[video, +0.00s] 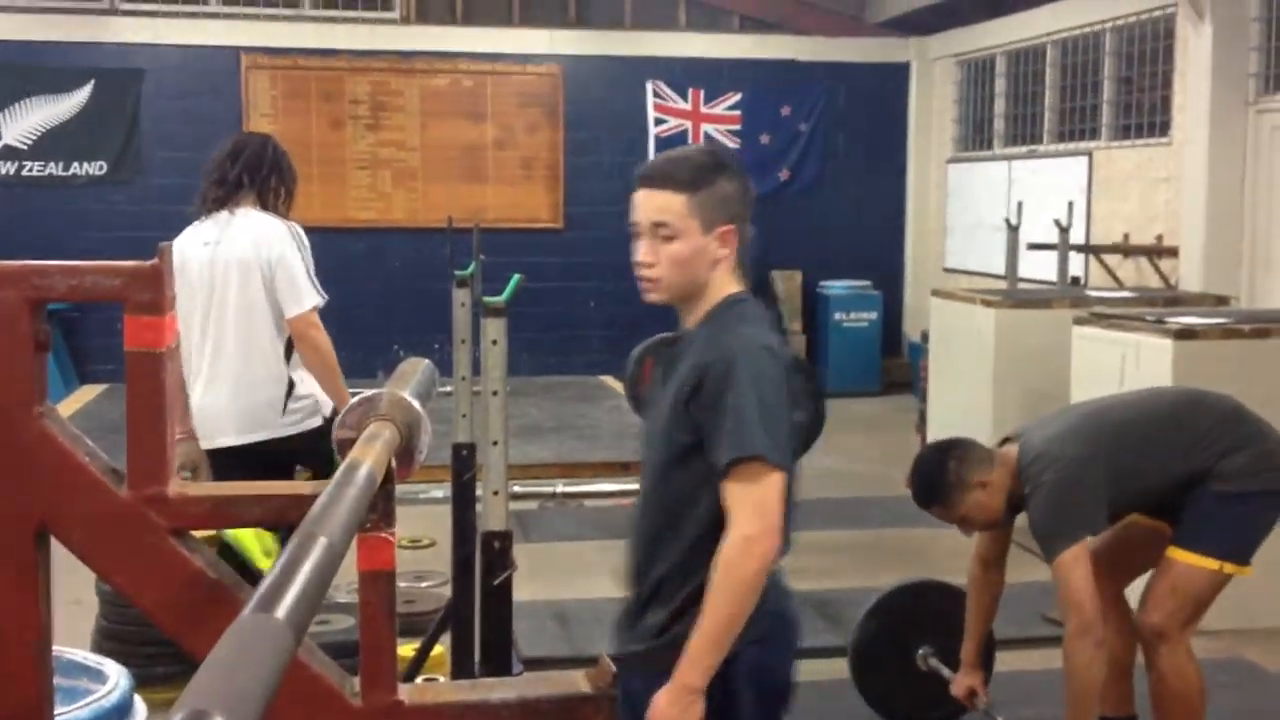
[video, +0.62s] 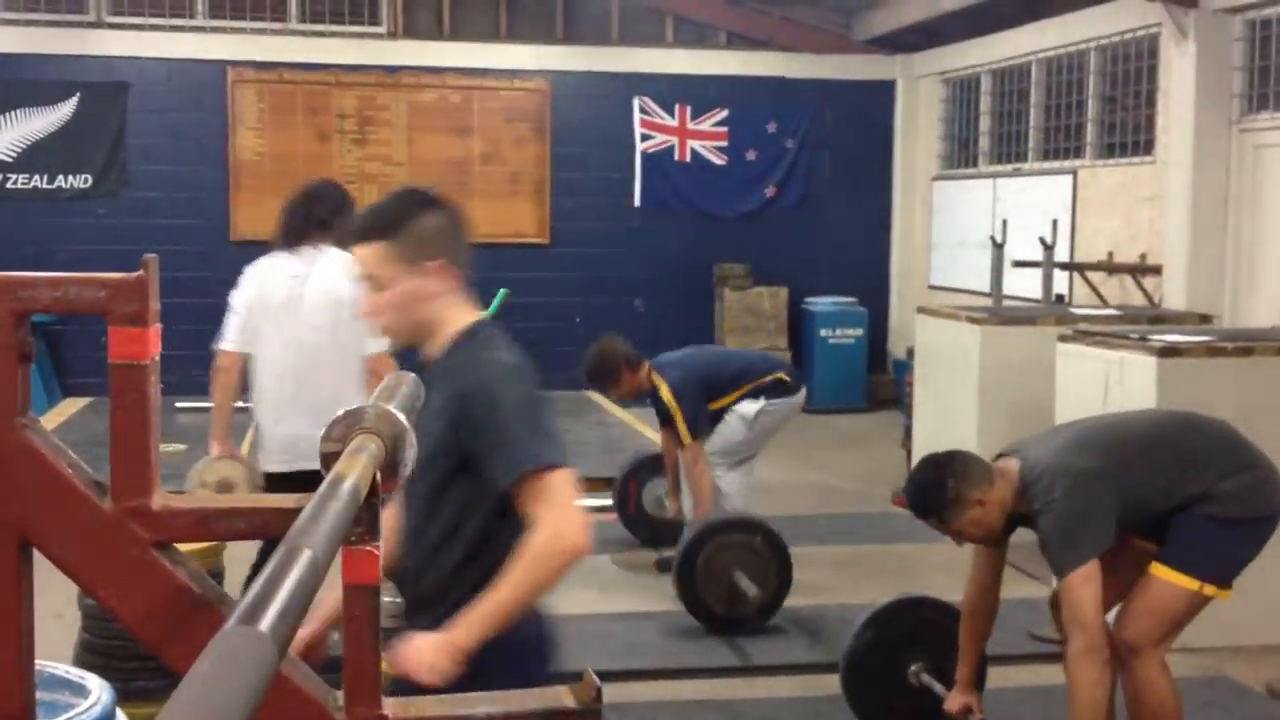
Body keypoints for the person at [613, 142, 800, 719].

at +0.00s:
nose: (641, 254)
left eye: (663, 236)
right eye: (637, 235)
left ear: (722, 244)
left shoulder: (743, 351)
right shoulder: (704, 340)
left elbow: (756, 535)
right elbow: (697, 516)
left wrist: (687, 686)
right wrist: (646, 649)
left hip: (716, 664)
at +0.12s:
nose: (607, 262)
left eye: (631, 244)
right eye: (602, 243)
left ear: (688, 252)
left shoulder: (706, 358)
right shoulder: (658, 347)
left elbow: (728, 538)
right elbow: (656, 523)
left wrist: (663, 691)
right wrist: (611, 657)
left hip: (678, 673)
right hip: (635, 662)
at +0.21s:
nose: (590, 263)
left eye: (614, 243)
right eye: (582, 243)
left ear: (669, 254)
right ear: (572, 246)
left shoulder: (677, 361)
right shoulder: (621, 355)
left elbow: (703, 534)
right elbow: (622, 521)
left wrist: (643, 693)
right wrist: (584, 661)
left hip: (642, 680)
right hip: (597, 666)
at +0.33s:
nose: (549, 266)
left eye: (572, 245)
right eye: (538, 246)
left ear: (621, 256)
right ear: (526, 254)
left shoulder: (631, 363)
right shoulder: (569, 360)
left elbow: (663, 535)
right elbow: (550, 518)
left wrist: (596, 680)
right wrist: (501, 622)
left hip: (589, 671)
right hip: (542, 662)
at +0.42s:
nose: (498, 273)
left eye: (520, 252)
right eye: (488, 256)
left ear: (576, 255)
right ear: (480, 261)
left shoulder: (597, 361)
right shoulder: (530, 361)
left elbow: (640, 533)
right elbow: (503, 514)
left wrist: (561, 675)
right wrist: (442, 625)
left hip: (567, 657)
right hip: (510, 644)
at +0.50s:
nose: (439, 288)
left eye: (457, 264)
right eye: (433, 269)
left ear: (520, 258)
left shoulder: (558, 359)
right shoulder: (491, 359)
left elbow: (616, 525)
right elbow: (462, 499)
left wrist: (520, 658)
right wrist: (390, 618)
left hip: (540, 670)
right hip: (476, 655)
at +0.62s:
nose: (366, 308)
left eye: (378, 285)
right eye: (366, 287)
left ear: (435, 276)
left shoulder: (492, 371)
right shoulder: (447, 368)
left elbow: (564, 530)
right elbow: (409, 517)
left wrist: (453, 640)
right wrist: (323, 618)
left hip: (489, 672)